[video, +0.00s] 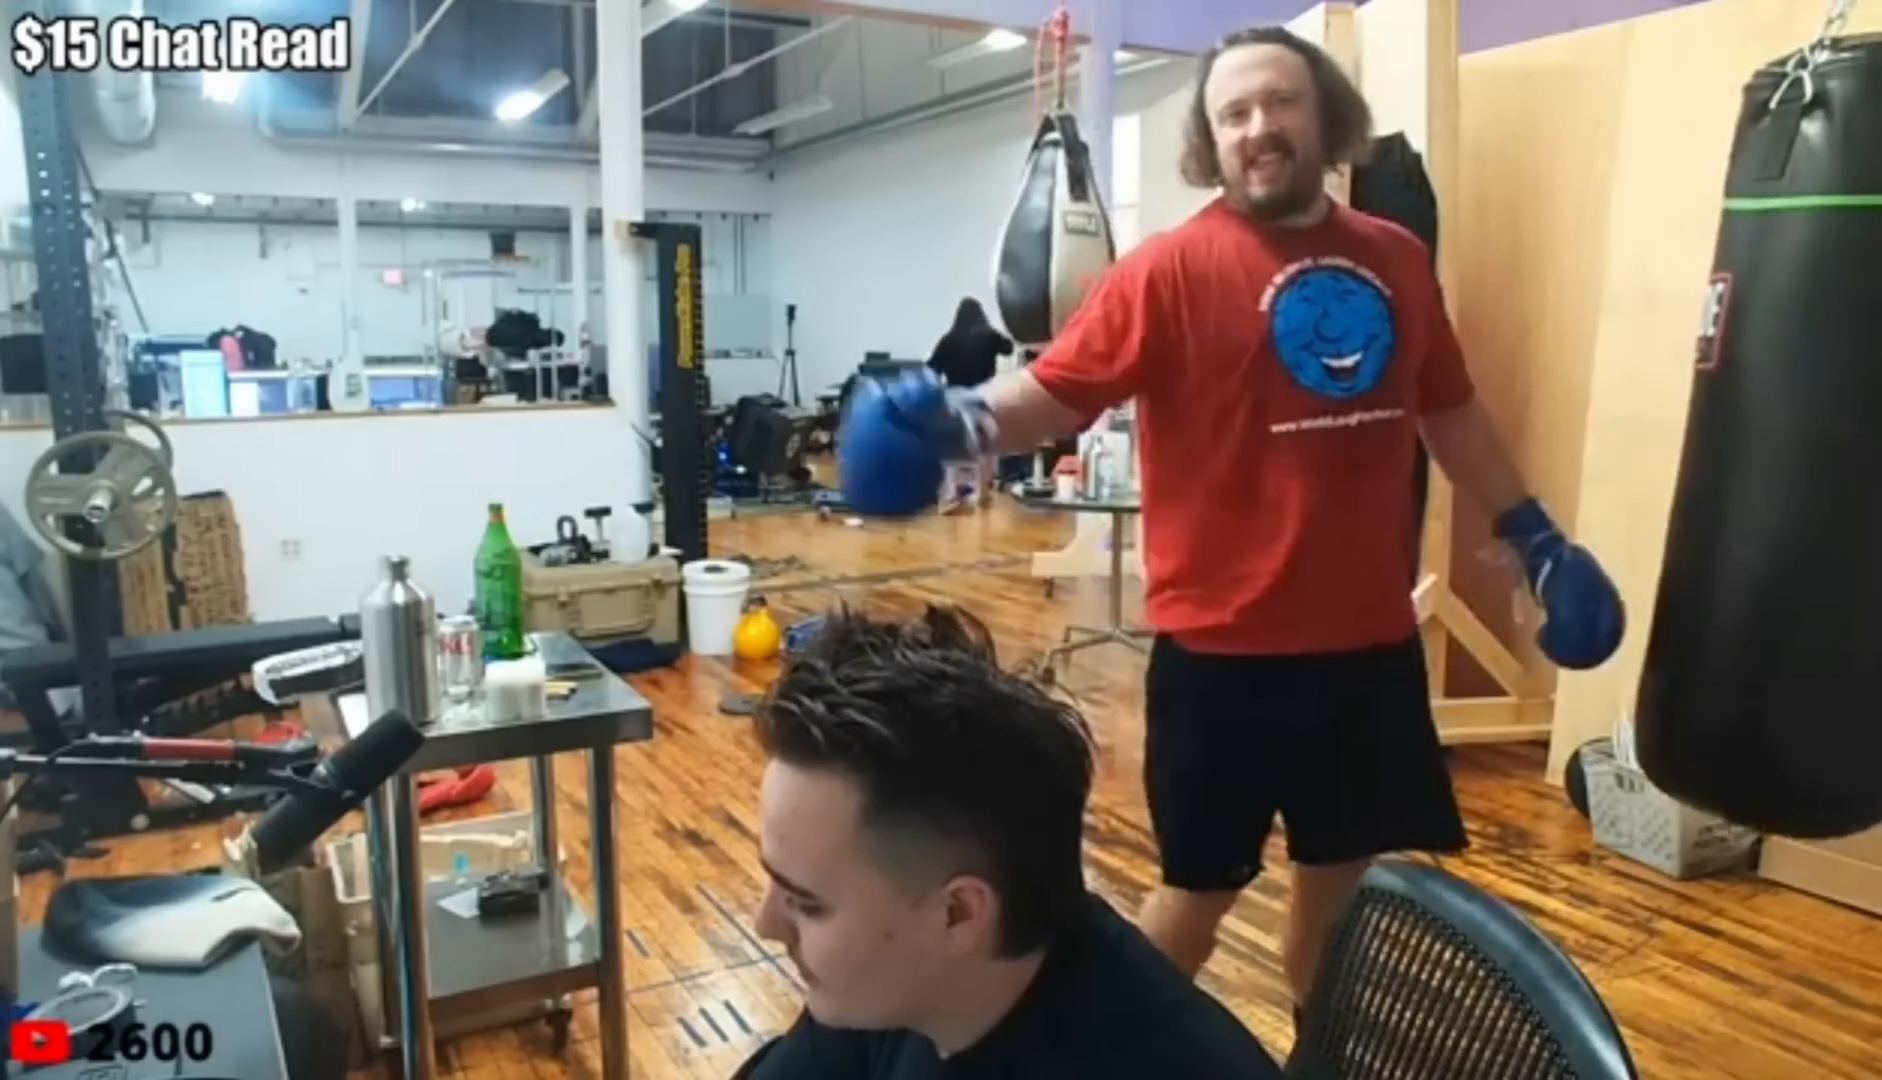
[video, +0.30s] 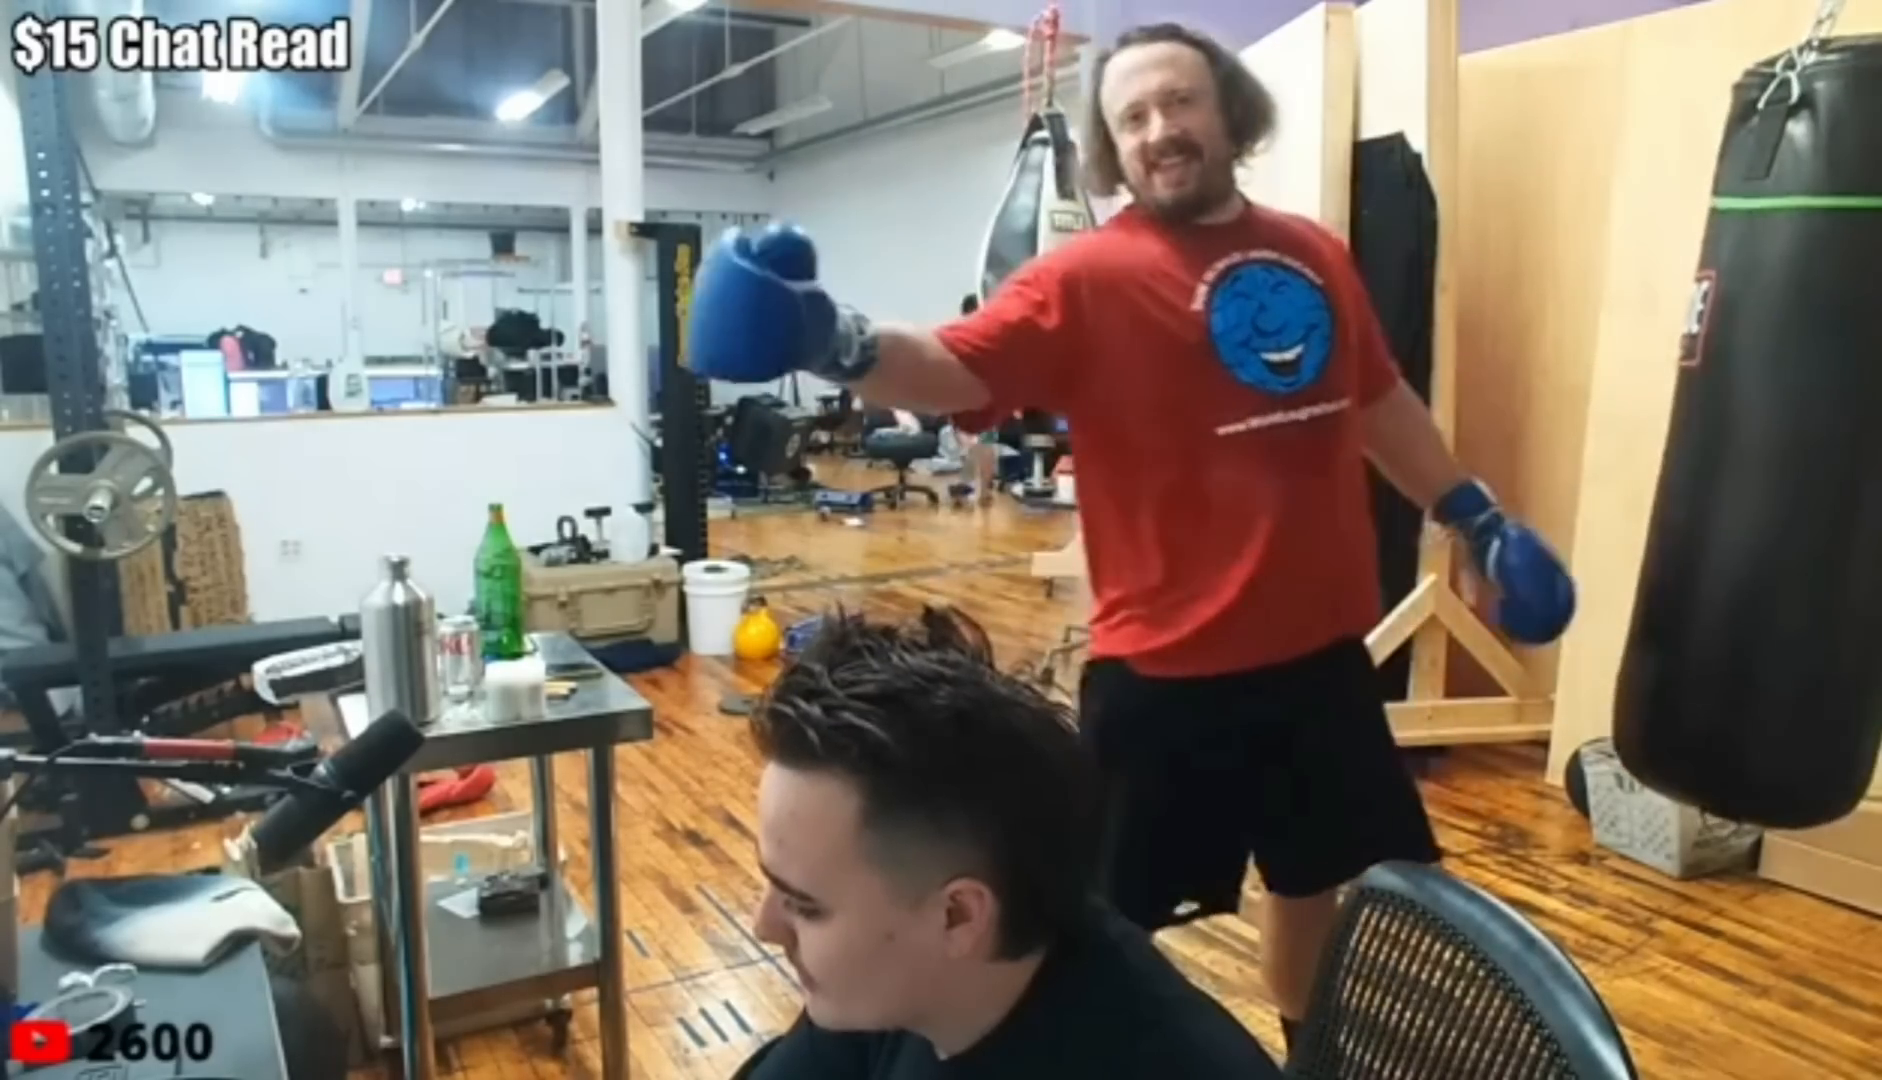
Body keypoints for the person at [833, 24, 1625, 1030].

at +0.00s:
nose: (1257, 128)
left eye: (1280, 102)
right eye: (1233, 112)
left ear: (1331, 122)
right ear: (1208, 140)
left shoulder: (1394, 259)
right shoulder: (1167, 271)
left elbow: (1450, 414)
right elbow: (1060, 389)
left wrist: (1540, 543)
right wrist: (957, 422)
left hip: (1362, 645)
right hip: (1214, 650)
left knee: (1339, 877)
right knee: (1198, 890)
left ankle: (1321, 1057)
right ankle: (1113, 1056)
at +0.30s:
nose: (1157, 130)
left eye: (1178, 104)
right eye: (1133, 118)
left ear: (1234, 117)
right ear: (1111, 149)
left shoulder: (1312, 252)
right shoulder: (1085, 277)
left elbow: (1380, 402)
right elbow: (962, 373)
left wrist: (1480, 521)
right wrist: (834, 341)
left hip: (1317, 657)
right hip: (1158, 676)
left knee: (1320, 889)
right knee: (1109, 925)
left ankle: (1313, 1062)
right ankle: (1096, 1077)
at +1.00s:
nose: (1073, 107)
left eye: (1092, 81)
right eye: (1041, 88)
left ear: (1126, 97)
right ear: (995, 120)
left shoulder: (1179, 236)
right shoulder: (946, 265)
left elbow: (1237, 384)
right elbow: (831, 377)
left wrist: (1343, 500)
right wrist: (839, 437)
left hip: (1188, 630)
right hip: (1034, 658)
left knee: (1217, 844)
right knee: (1064, 889)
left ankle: (1194, 1004)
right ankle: (1064, 1036)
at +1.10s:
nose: (1134, 114)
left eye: (1150, 93)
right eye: (1104, 92)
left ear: (1167, 108)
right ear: (1038, 109)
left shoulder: (1187, 244)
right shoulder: (978, 262)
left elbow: (1232, 394)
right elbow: (869, 421)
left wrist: (1331, 500)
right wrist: (928, 512)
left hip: (1190, 638)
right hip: (1044, 663)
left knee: (1199, 850)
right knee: (1052, 894)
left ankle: (1178, 1022)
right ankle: (1048, 1042)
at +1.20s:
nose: (1177, 124)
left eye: (1184, 102)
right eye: (1149, 103)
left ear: (1194, 109)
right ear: (1073, 117)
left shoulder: (1196, 251)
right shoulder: (1001, 265)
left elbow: (1222, 396)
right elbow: (910, 445)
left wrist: (1315, 494)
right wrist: (1011, 545)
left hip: (1196, 637)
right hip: (1058, 657)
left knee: (1194, 845)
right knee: (1068, 885)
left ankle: (1165, 1017)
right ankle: (1063, 1038)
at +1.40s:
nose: (1274, 162)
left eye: (1275, 139)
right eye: (1255, 139)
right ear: (1177, 142)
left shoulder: (1229, 276)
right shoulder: (1081, 288)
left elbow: (1227, 433)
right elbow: (1023, 474)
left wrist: (1304, 497)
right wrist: (1162, 565)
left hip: (1215, 648)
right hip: (1102, 659)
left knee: (1180, 877)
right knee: (1084, 896)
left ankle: (1148, 1051)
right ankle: (1063, 1064)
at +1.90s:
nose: (1341, 162)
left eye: (1346, 140)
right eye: (1325, 140)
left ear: (1254, 141)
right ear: (1247, 138)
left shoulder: (1288, 270)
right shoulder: (1146, 269)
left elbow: (1286, 432)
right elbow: (1085, 453)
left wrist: (1376, 482)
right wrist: (1229, 533)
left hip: (1257, 625)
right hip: (1170, 630)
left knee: (1189, 865)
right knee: (1207, 867)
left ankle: (1121, 1046)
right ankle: (1147, 1063)